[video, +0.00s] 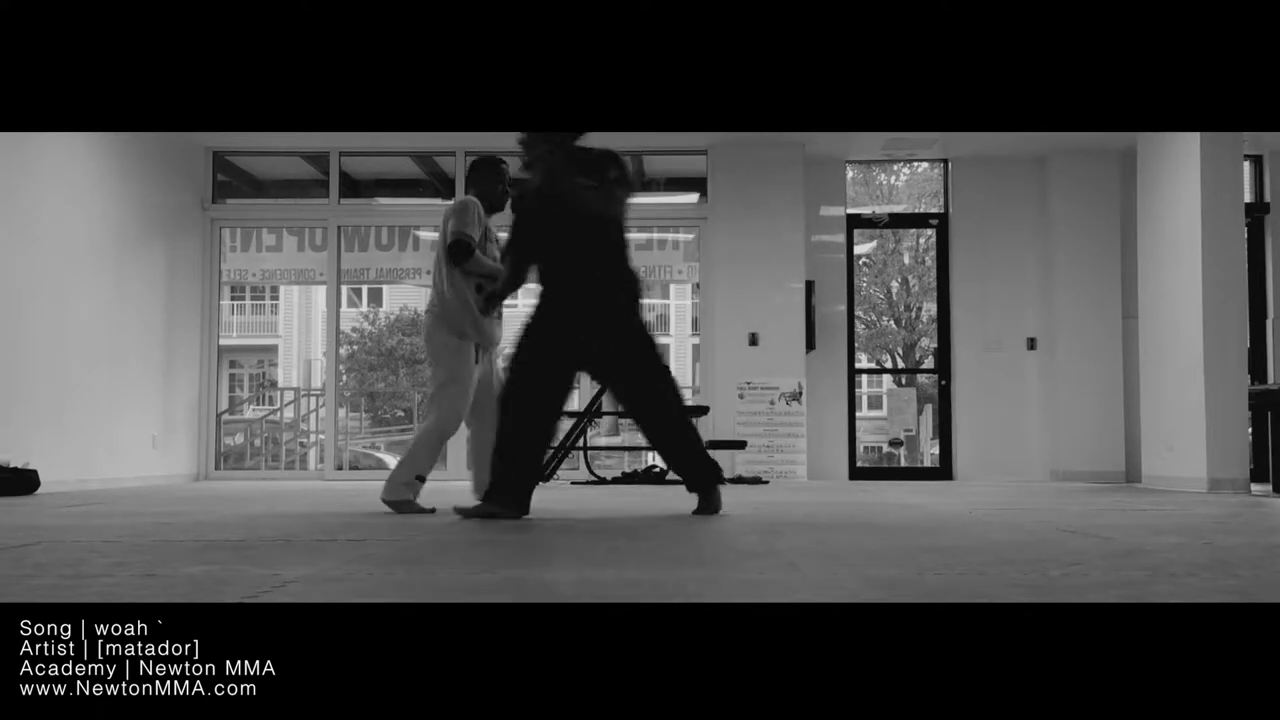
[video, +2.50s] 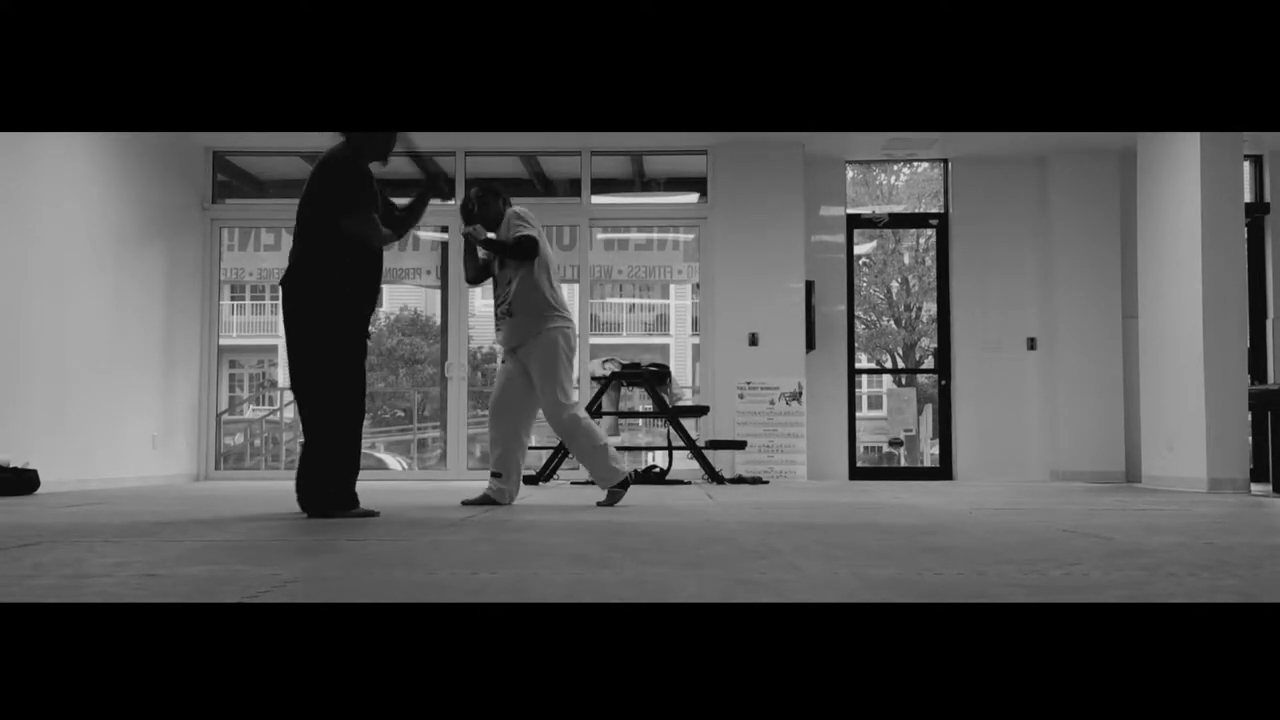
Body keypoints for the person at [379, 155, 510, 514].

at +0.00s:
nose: (508, 191)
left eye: (508, 184)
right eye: (504, 184)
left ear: (483, 184)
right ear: (488, 184)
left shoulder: (487, 229)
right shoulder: (467, 206)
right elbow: (460, 252)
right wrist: (504, 272)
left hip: (481, 336)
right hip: (453, 330)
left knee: (489, 417)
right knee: (448, 416)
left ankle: (490, 496)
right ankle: (399, 491)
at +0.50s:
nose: (514, 194)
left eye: (519, 186)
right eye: (507, 187)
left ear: (528, 191)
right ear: (496, 193)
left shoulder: (543, 229)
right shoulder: (487, 230)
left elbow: (560, 277)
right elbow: (476, 277)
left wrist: (530, 250)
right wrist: (504, 252)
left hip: (530, 337)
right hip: (493, 337)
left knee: (559, 403)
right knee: (487, 411)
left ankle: (552, 471)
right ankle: (487, 483)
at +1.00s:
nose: (488, 255)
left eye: (492, 247)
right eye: (483, 249)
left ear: (507, 242)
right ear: (481, 251)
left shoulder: (536, 260)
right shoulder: (489, 277)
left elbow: (563, 279)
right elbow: (463, 294)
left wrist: (517, 292)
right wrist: (469, 250)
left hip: (567, 359)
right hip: (525, 366)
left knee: (589, 424)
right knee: (490, 414)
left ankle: (628, 491)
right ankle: (491, 493)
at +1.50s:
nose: (503, 223)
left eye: (509, 215)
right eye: (498, 217)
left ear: (524, 215)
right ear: (492, 220)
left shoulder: (544, 239)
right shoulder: (493, 250)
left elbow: (564, 276)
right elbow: (478, 294)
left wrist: (530, 249)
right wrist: (491, 265)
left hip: (560, 347)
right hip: (517, 353)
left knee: (579, 415)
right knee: (488, 414)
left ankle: (616, 489)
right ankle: (490, 492)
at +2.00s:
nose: (575, 210)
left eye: (581, 204)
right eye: (570, 203)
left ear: (590, 205)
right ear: (556, 203)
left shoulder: (601, 234)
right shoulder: (538, 228)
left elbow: (596, 266)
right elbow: (508, 271)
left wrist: (577, 223)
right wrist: (535, 270)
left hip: (583, 347)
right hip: (535, 346)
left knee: (601, 417)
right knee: (508, 417)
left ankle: (610, 489)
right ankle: (487, 486)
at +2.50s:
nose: (478, 213)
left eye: (482, 204)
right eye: (475, 207)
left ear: (500, 200)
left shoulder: (516, 217)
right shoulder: (498, 243)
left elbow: (528, 249)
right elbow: (474, 275)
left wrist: (484, 240)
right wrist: (468, 235)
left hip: (548, 334)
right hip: (518, 344)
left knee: (561, 413)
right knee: (505, 413)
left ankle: (617, 476)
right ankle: (501, 490)